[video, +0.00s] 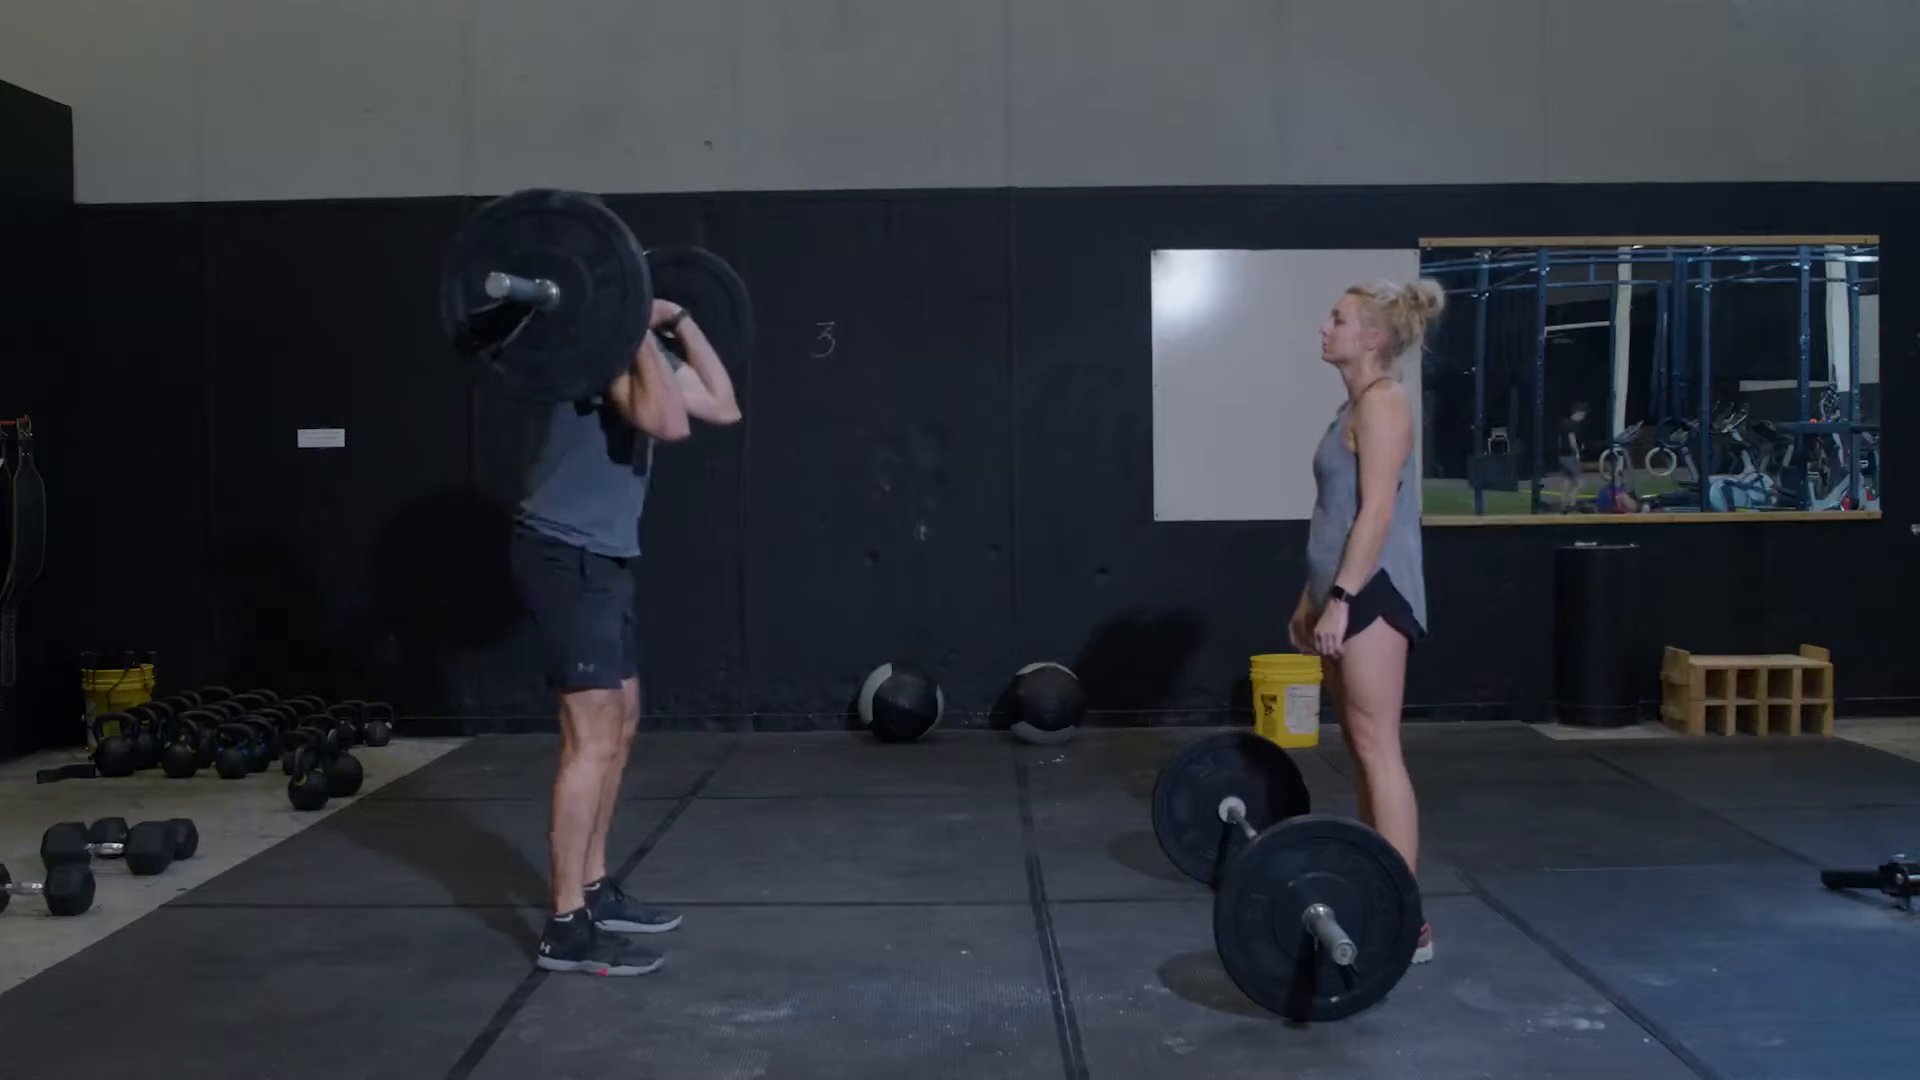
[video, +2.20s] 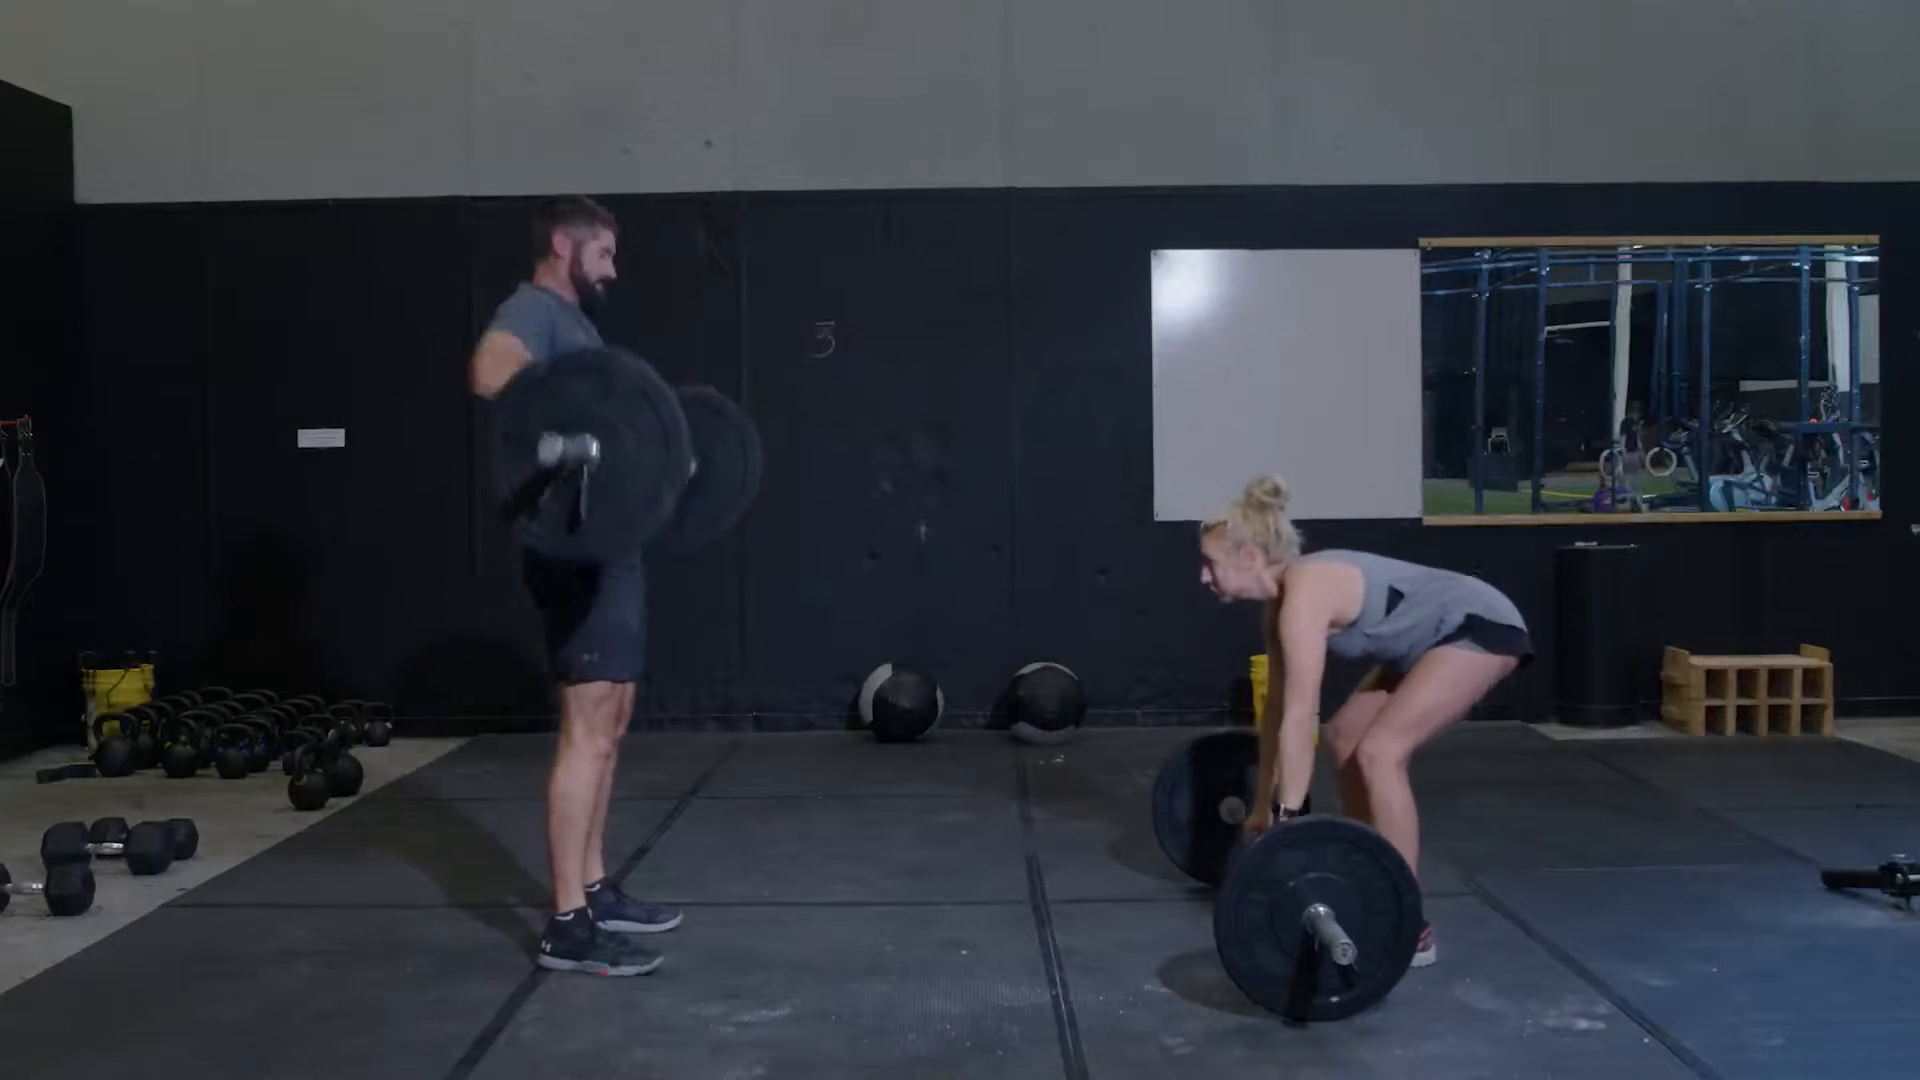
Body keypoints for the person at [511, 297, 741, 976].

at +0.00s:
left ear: (619, 294)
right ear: (603, 295)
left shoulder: (637, 355)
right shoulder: (590, 345)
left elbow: (722, 404)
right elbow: (666, 419)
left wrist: (680, 321)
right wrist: (640, 333)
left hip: (606, 556)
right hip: (567, 553)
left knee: (620, 722)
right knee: (595, 734)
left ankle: (592, 892)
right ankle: (564, 923)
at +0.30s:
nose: (663, 338)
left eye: (655, 325)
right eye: (645, 330)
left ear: (646, 341)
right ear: (611, 353)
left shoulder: (645, 421)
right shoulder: (601, 426)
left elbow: (735, 509)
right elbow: (693, 521)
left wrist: (693, 419)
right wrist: (664, 430)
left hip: (553, 618)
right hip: (510, 623)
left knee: (654, 726)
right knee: (637, 753)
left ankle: (590, 893)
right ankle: (569, 926)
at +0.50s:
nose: (670, 418)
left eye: (663, 407)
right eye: (654, 409)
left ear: (633, 430)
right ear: (619, 428)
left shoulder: (638, 503)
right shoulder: (604, 503)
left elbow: (730, 593)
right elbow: (685, 616)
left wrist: (693, 499)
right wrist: (665, 515)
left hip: (548, 678)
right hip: (507, 692)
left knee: (669, 732)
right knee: (657, 768)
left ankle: (602, 895)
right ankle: (571, 925)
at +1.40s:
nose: (635, 358)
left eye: (632, 346)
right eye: (617, 347)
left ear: (628, 362)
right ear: (583, 360)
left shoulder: (607, 428)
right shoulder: (566, 431)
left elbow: (708, 527)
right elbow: (669, 530)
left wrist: (660, 420)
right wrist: (635, 425)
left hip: (543, 625)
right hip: (496, 630)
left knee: (649, 729)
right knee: (628, 751)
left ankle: (596, 894)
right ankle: (569, 927)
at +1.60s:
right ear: (583, 306)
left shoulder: (616, 368)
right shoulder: (573, 359)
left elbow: (707, 431)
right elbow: (668, 429)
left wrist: (655, 341)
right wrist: (630, 341)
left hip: (585, 570)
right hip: (540, 565)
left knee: (634, 722)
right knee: (602, 737)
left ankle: (593, 892)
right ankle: (565, 924)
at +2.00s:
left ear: (616, 292)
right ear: (576, 289)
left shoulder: (612, 356)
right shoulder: (557, 357)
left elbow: (626, 431)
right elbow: (563, 456)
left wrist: (648, 373)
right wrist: (599, 368)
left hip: (619, 552)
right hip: (583, 554)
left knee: (600, 720)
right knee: (576, 727)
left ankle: (589, 889)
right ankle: (562, 921)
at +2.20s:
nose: (611, 266)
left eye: (612, 254)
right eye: (603, 252)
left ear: (574, 249)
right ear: (562, 246)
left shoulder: (574, 321)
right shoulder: (533, 307)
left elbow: (591, 412)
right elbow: (489, 374)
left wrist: (664, 440)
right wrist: (574, 425)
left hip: (611, 546)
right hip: (577, 549)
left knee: (610, 717)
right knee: (587, 725)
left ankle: (593, 891)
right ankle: (567, 922)